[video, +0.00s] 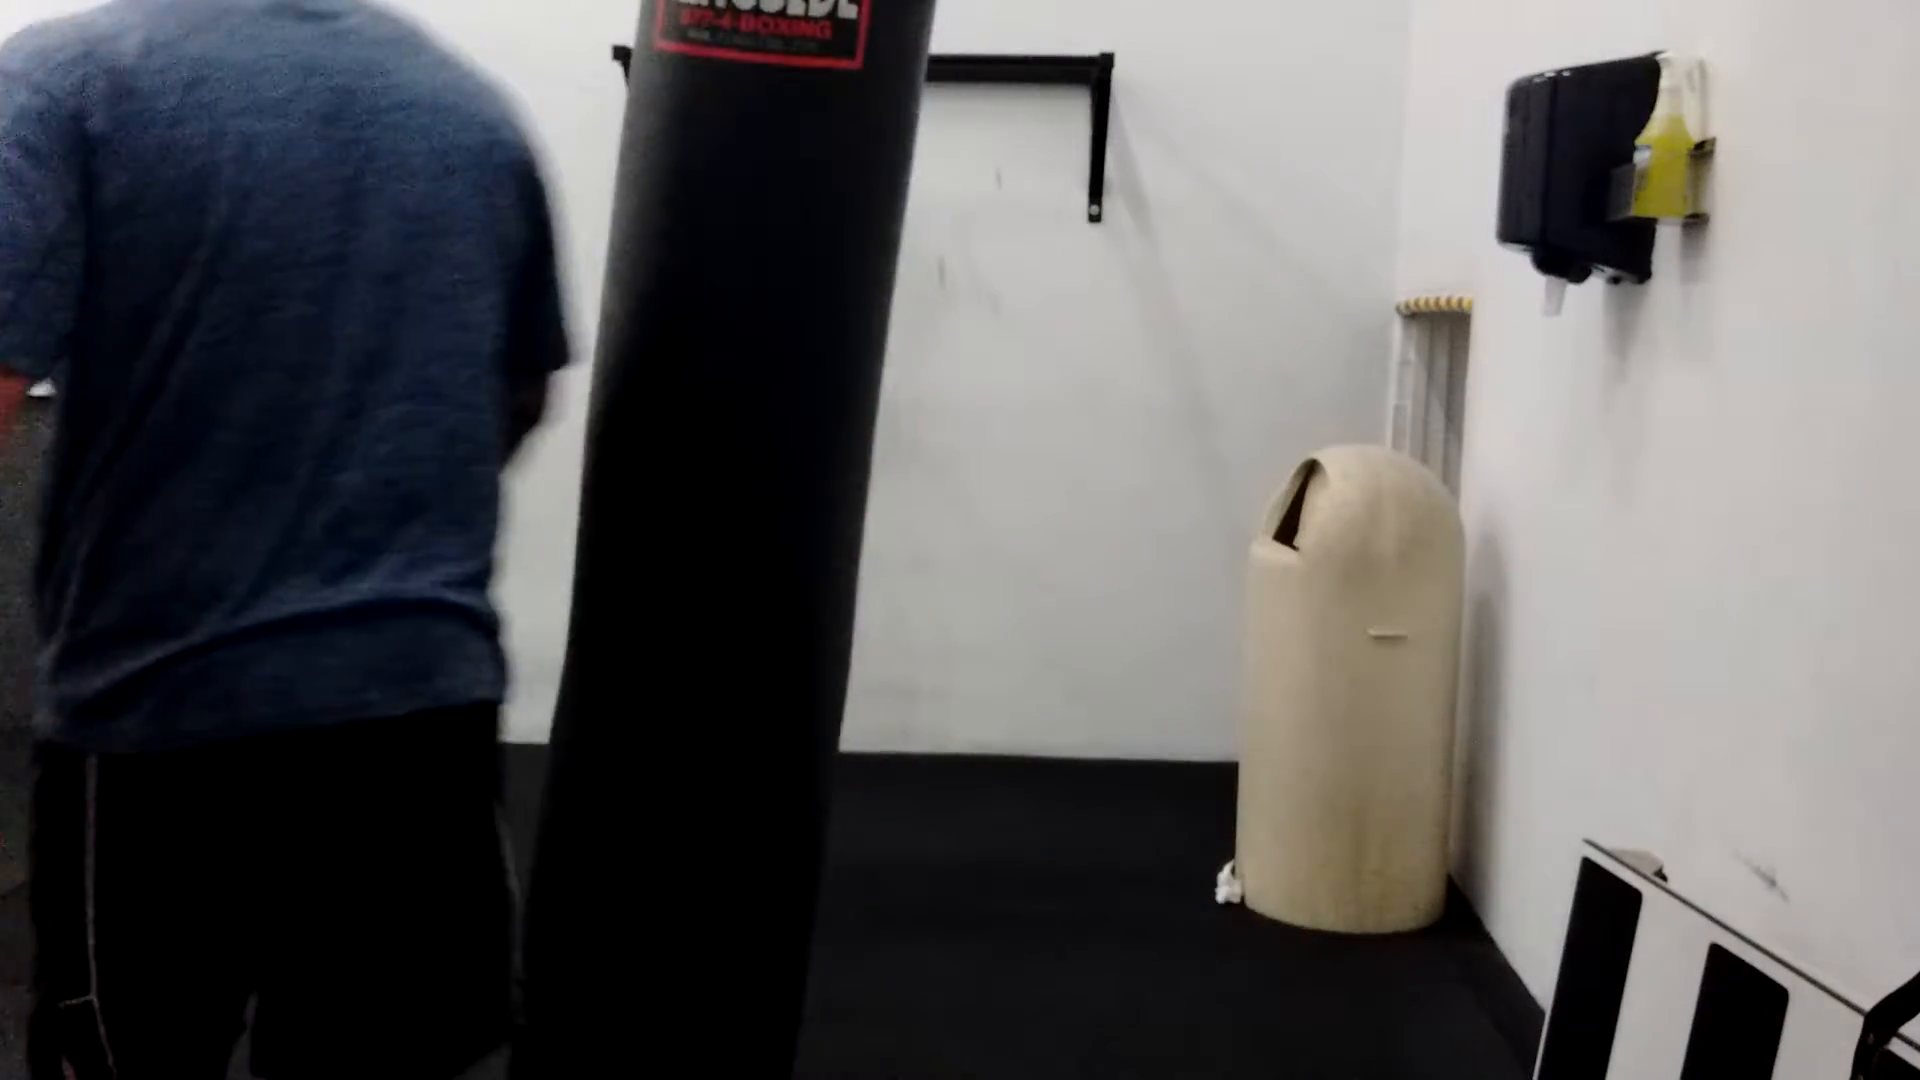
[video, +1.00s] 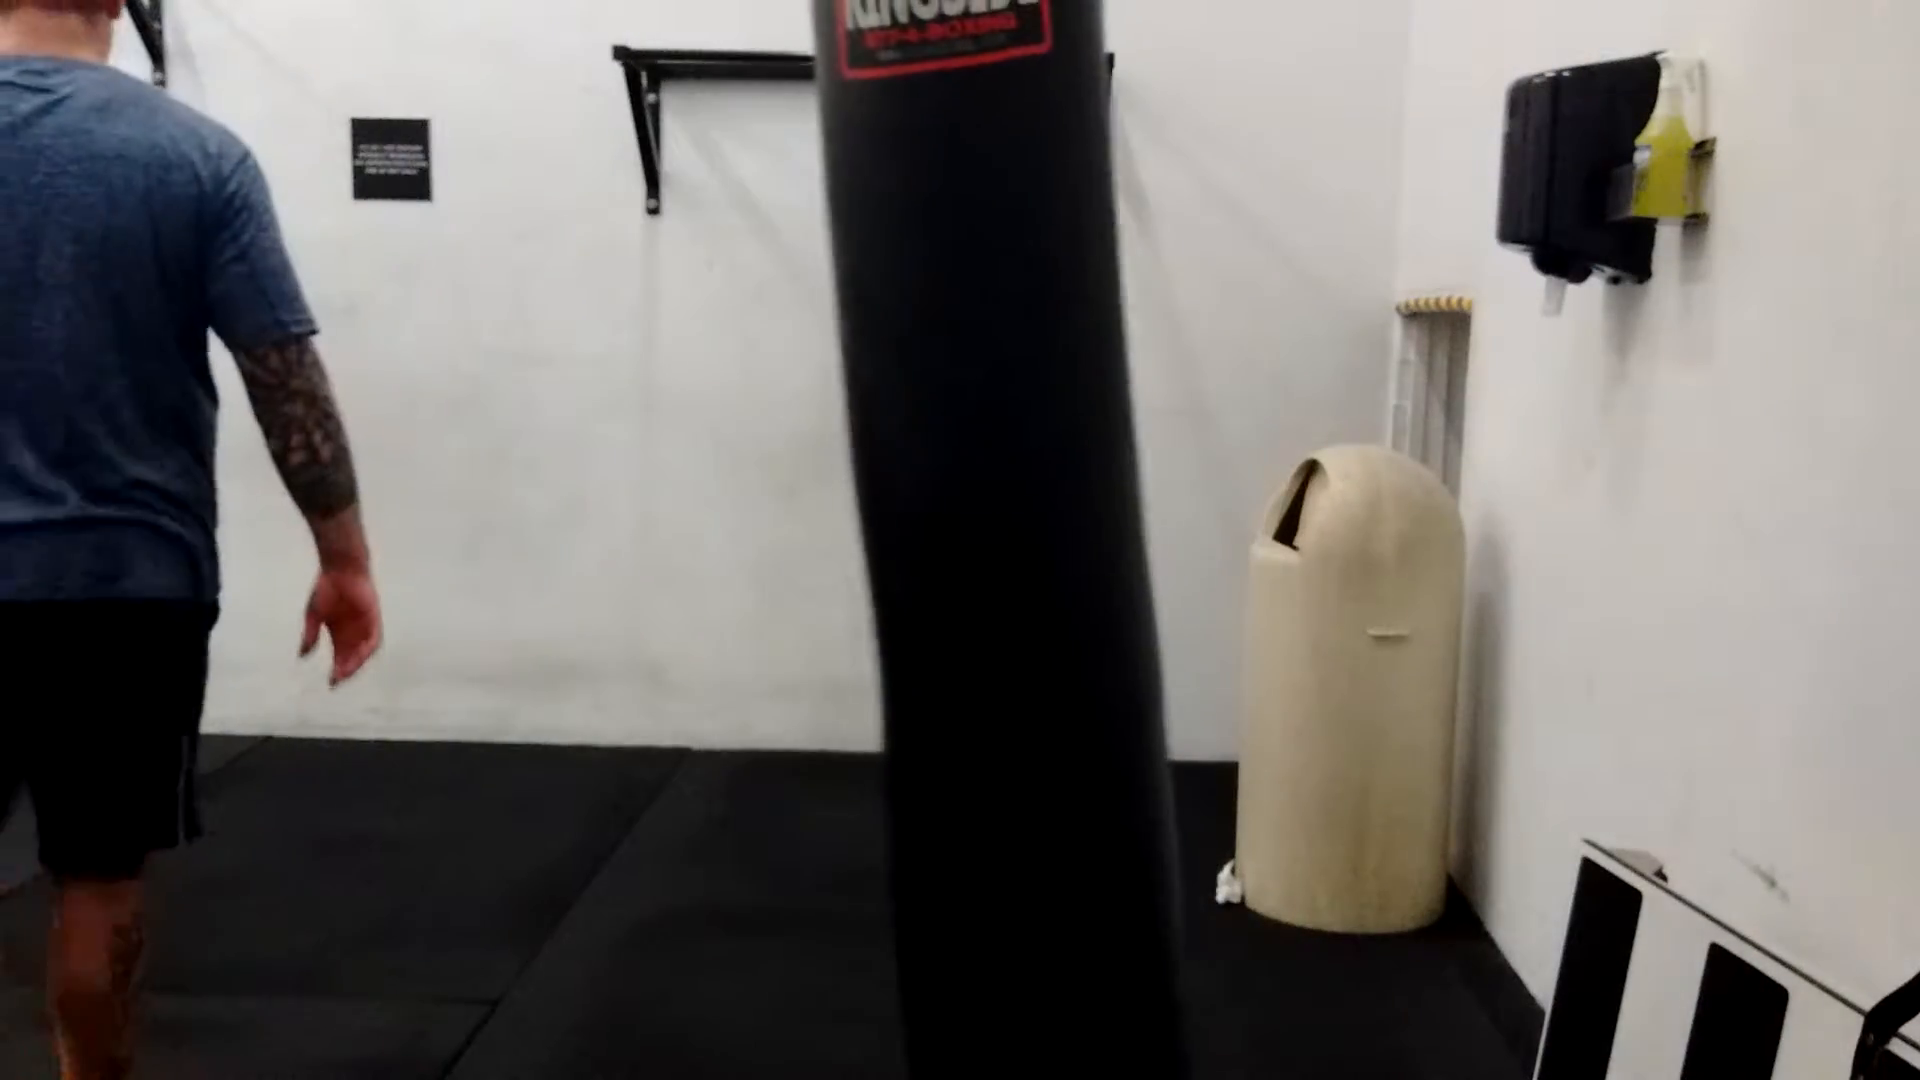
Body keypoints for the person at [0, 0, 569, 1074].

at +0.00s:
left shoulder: (60, 75)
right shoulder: (462, 96)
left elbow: (4, 392)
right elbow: (521, 394)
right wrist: (372, 501)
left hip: (148, 721)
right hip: (424, 713)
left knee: (133, 1054)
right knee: (403, 1054)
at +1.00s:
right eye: (118, 15)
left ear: (6, 14)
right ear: (111, 11)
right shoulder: (192, 152)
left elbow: (284, 372)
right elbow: (286, 374)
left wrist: (340, 555)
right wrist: (342, 555)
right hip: (131, 579)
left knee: (92, 879)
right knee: (96, 878)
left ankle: (91, 1063)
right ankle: (93, 1072)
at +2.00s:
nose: (254, 54)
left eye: (251, 33)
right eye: (231, 32)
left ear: (157, 50)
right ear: (152, 44)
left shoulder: (122, 158)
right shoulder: (160, 183)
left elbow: (185, 336)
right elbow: (187, 384)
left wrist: (301, 402)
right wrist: (262, 553)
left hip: (134, 519)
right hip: (202, 534)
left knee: (157, 742)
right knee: (247, 752)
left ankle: (81, 968)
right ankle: (241, 975)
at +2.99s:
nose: (392, 76)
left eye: (412, 64)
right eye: (375, 59)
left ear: (435, 87)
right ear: (340, 75)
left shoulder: (489, 214)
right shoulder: (279, 198)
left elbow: (550, 344)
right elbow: (229, 344)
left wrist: (505, 367)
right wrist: (199, 484)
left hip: (440, 504)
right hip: (309, 500)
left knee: (428, 708)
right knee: (276, 693)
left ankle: (434, 911)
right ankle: (332, 849)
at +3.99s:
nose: (415, 87)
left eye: (431, 74)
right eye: (394, 72)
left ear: (450, 95)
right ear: (357, 90)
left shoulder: (509, 214)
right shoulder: (306, 208)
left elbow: (575, 338)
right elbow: (256, 346)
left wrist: (537, 392)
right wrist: (309, 445)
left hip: (478, 501)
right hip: (348, 500)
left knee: (478, 693)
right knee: (303, 681)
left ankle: (483, 872)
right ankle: (365, 836)